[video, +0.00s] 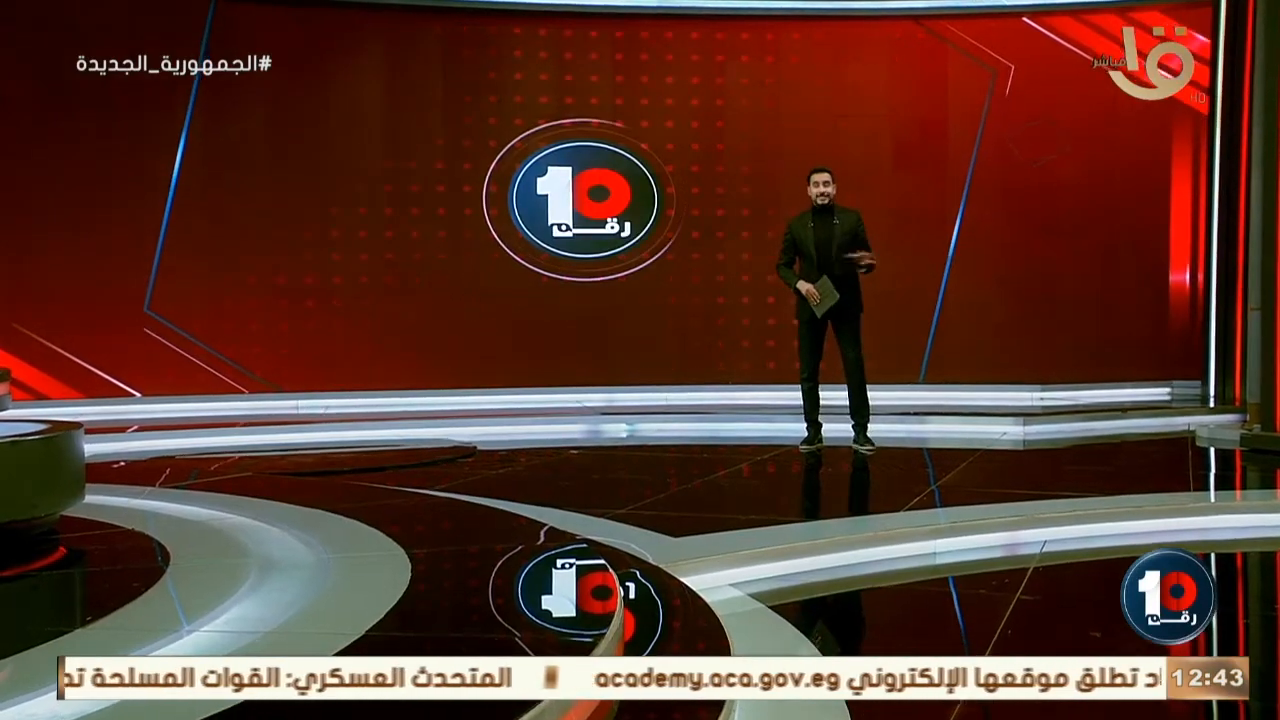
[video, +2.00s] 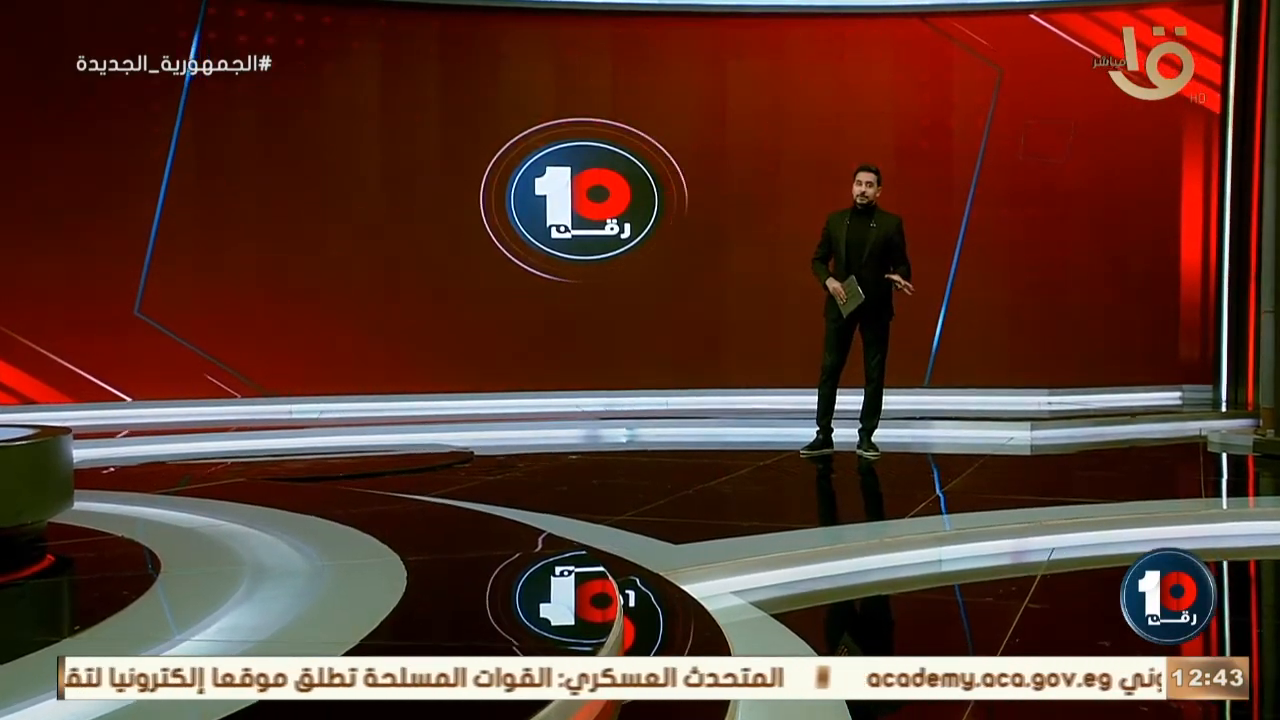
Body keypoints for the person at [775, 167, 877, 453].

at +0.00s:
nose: (822, 189)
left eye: (826, 184)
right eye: (816, 185)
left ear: (835, 188)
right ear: (808, 190)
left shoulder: (851, 219)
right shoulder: (797, 225)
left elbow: (865, 260)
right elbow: (783, 266)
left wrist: (866, 262)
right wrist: (799, 283)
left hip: (846, 303)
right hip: (811, 305)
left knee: (854, 366)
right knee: (808, 370)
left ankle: (860, 432)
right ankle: (813, 431)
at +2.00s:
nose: (863, 189)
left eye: (869, 185)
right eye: (859, 183)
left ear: (878, 190)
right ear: (852, 187)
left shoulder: (892, 224)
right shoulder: (836, 221)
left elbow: (902, 264)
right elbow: (818, 261)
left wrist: (900, 277)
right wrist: (828, 281)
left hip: (876, 309)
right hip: (841, 307)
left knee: (874, 376)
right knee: (829, 370)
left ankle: (866, 438)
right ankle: (823, 435)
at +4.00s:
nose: (820, 195)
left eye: (825, 189)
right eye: (815, 190)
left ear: (834, 191)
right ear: (807, 194)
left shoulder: (852, 224)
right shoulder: (796, 228)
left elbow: (868, 266)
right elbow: (782, 270)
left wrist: (860, 283)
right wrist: (796, 284)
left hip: (844, 311)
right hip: (809, 312)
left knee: (856, 373)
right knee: (810, 378)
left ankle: (868, 441)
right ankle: (819, 441)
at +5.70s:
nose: (862, 204)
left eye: (867, 199)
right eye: (857, 198)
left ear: (874, 197)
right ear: (847, 195)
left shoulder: (890, 224)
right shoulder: (833, 226)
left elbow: (904, 271)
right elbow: (818, 271)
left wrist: (884, 272)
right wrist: (832, 269)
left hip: (878, 315)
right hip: (842, 315)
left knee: (880, 381)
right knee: (831, 378)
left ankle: (873, 446)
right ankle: (822, 444)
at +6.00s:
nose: (868, 205)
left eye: (874, 198)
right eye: (863, 198)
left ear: (882, 197)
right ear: (854, 195)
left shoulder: (897, 225)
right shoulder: (839, 225)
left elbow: (911, 272)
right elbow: (824, 271)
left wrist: (888, 272)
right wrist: (837, 269)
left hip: (883, 315)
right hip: (846, 314)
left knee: (883, 381)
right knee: (832, 374)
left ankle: (873, 447)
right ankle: (827, 443)